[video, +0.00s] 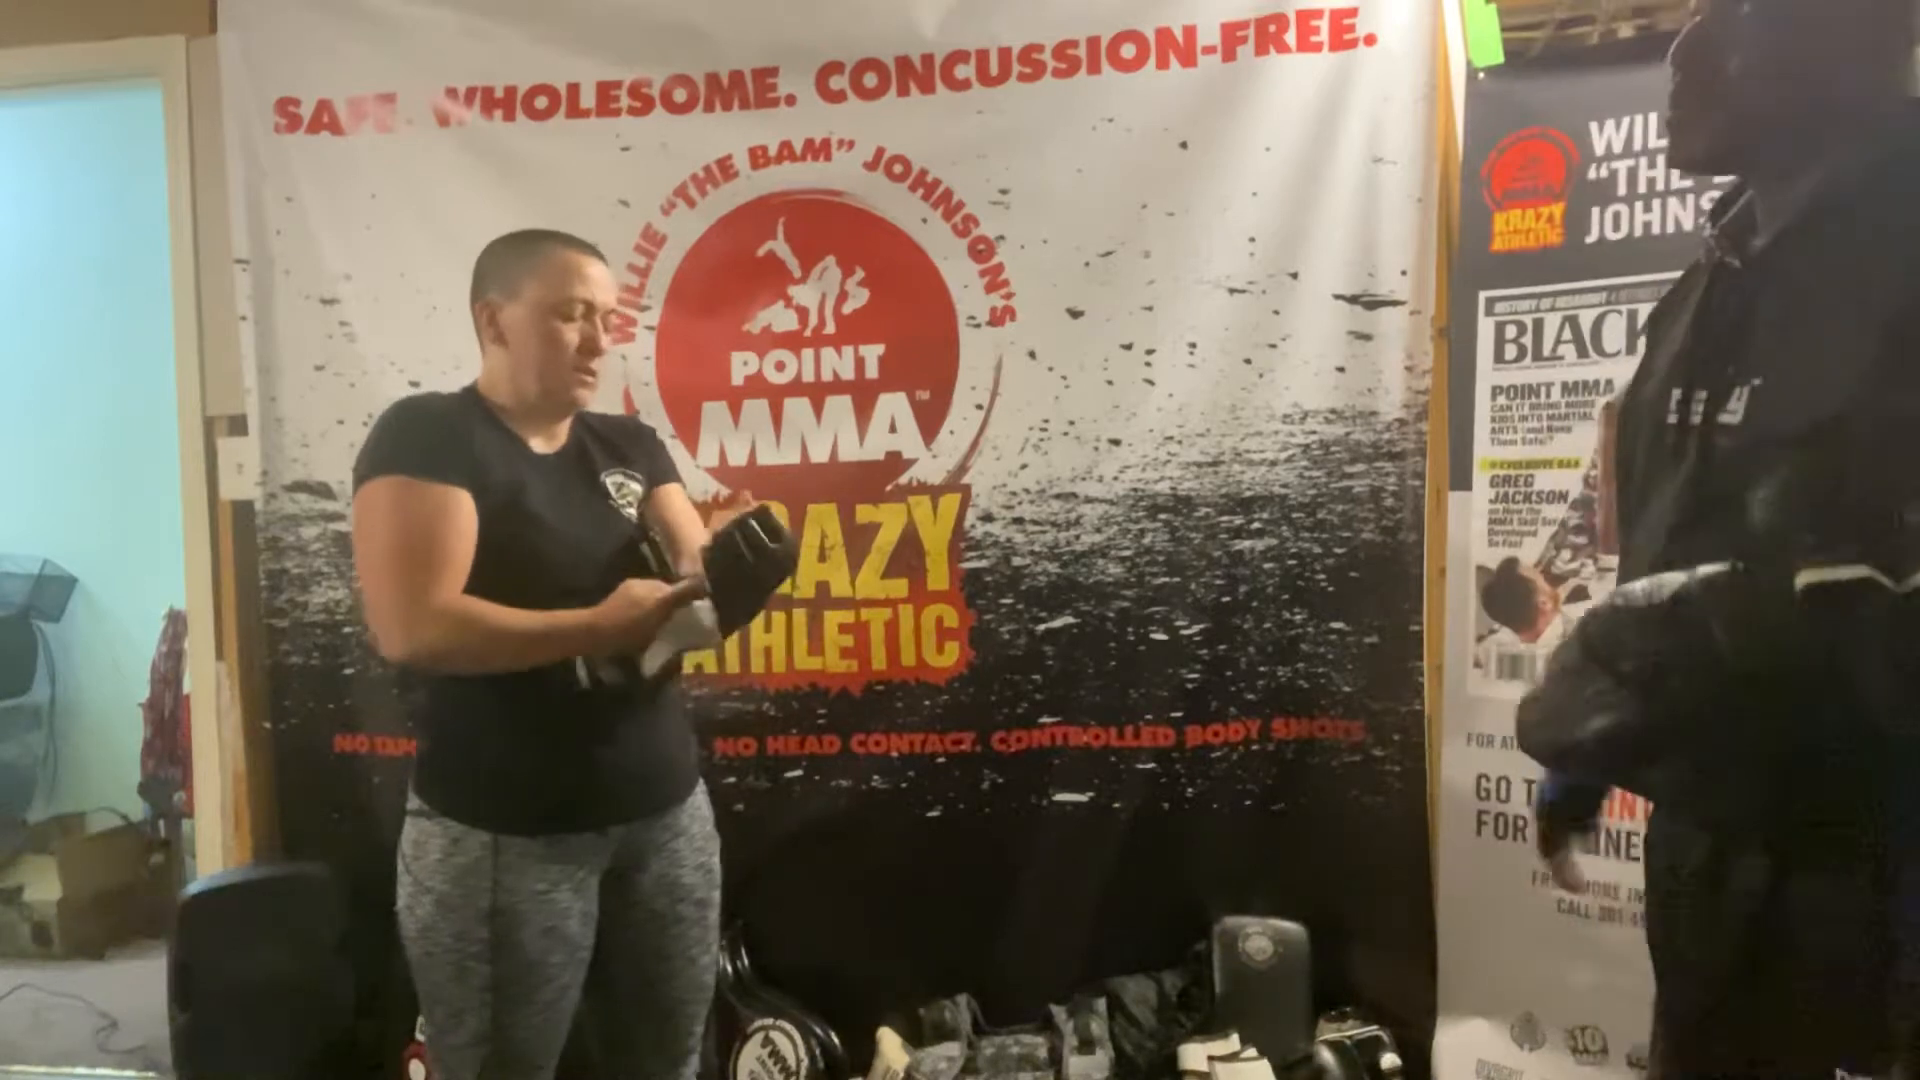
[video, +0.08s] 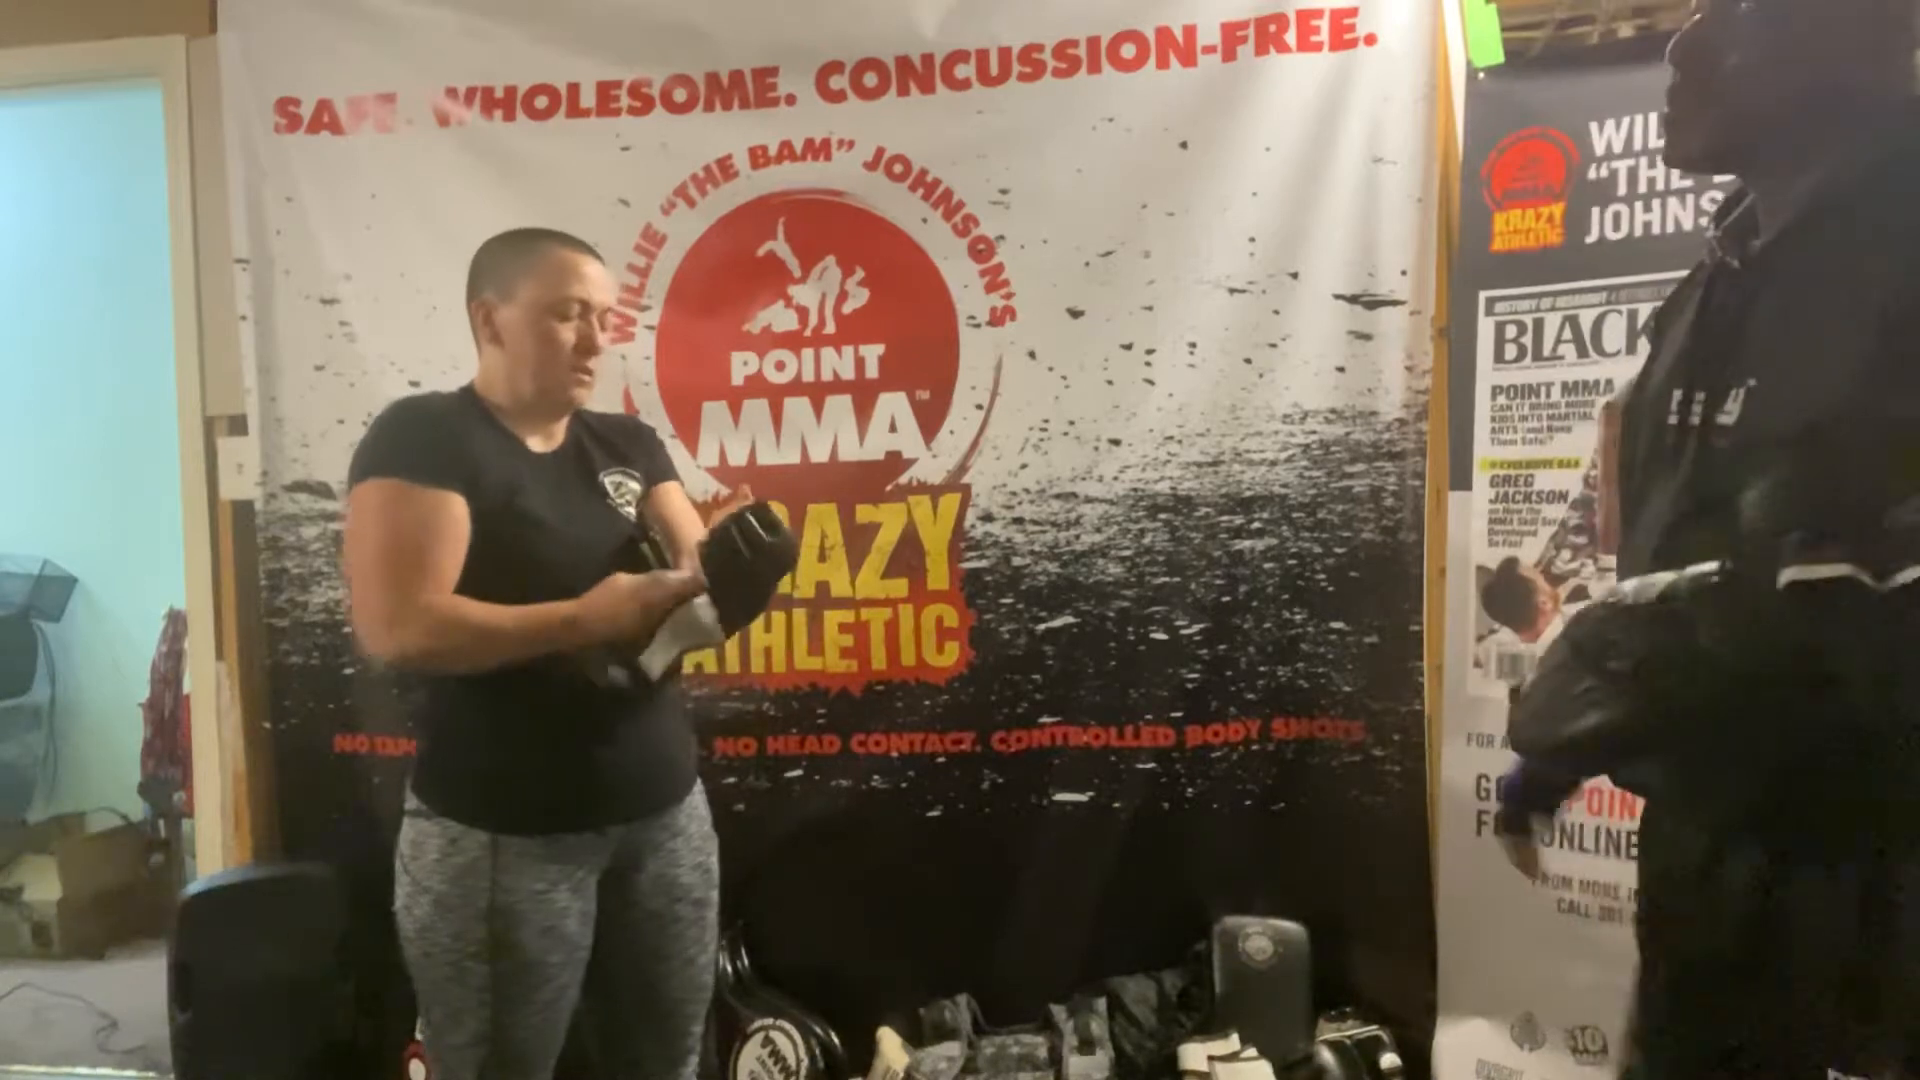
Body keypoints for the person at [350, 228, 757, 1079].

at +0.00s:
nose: (599, 339)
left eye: (606, 319)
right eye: (572, 312)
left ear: (613, 328)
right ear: (491, 319)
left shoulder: (628, 444)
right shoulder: (424, 436)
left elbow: (700, 581)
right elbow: (412, 626)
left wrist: (727, 549)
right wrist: (600, 627)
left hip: (664, 828)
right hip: (499, 846)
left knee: (658, 1065)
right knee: (496, 1068)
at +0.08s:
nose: (597, 338)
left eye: (603, 318)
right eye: (570, 312)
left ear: (610, 327)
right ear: (488, 318)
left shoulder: (628, 444)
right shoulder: (421, 437)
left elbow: (702, 593)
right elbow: (395, 624)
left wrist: (731, 556)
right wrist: (582, 621)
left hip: (662, 827)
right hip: (497, 844)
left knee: (656, 1065)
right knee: (496, 1069)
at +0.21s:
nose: (590, 337)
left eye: (598, 317)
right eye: (562, 313)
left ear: (605, 325)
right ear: (484, 320)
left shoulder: (625, 442)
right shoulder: (410, 437)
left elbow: (702, 585)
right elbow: (383, 624)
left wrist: (732, 555)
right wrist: (567, 621)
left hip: (658, 825)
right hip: (491, 843)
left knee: (655, 1066)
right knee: (495, 1068)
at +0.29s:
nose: (585, 337)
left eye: (593, 317)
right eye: (558, 313)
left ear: (600, 327)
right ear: (478, 319)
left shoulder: (623, 441)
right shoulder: (407, 438)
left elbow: (692, 591)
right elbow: (380, 625)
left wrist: (719, 568)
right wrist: (572, 629)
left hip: (656, 828)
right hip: (488, 847)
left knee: (654, 1065)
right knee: (491, 1068)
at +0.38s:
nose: (581, 334)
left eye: (588, 314)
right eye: (554, 309)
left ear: (597, 324)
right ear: (474, 317)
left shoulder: (616, 439)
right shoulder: (402, 437)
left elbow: (691, 585)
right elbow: (365, 622)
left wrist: (728, 557)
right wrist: (554, 632)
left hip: (651, 827)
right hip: (484, 846)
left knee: (653, 1066)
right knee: (485, 1070)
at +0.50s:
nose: (578, 333)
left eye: (584, 312)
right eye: (550, 308)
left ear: (591, 324)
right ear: (469, 317)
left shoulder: (609, 440)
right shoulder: (389, 437)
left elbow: (687, 583)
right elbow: (325, 617)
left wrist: (734, 557)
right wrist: (517, 598)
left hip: (641, 827)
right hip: (473, 848)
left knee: (647, 1065)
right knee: (479, 1069)